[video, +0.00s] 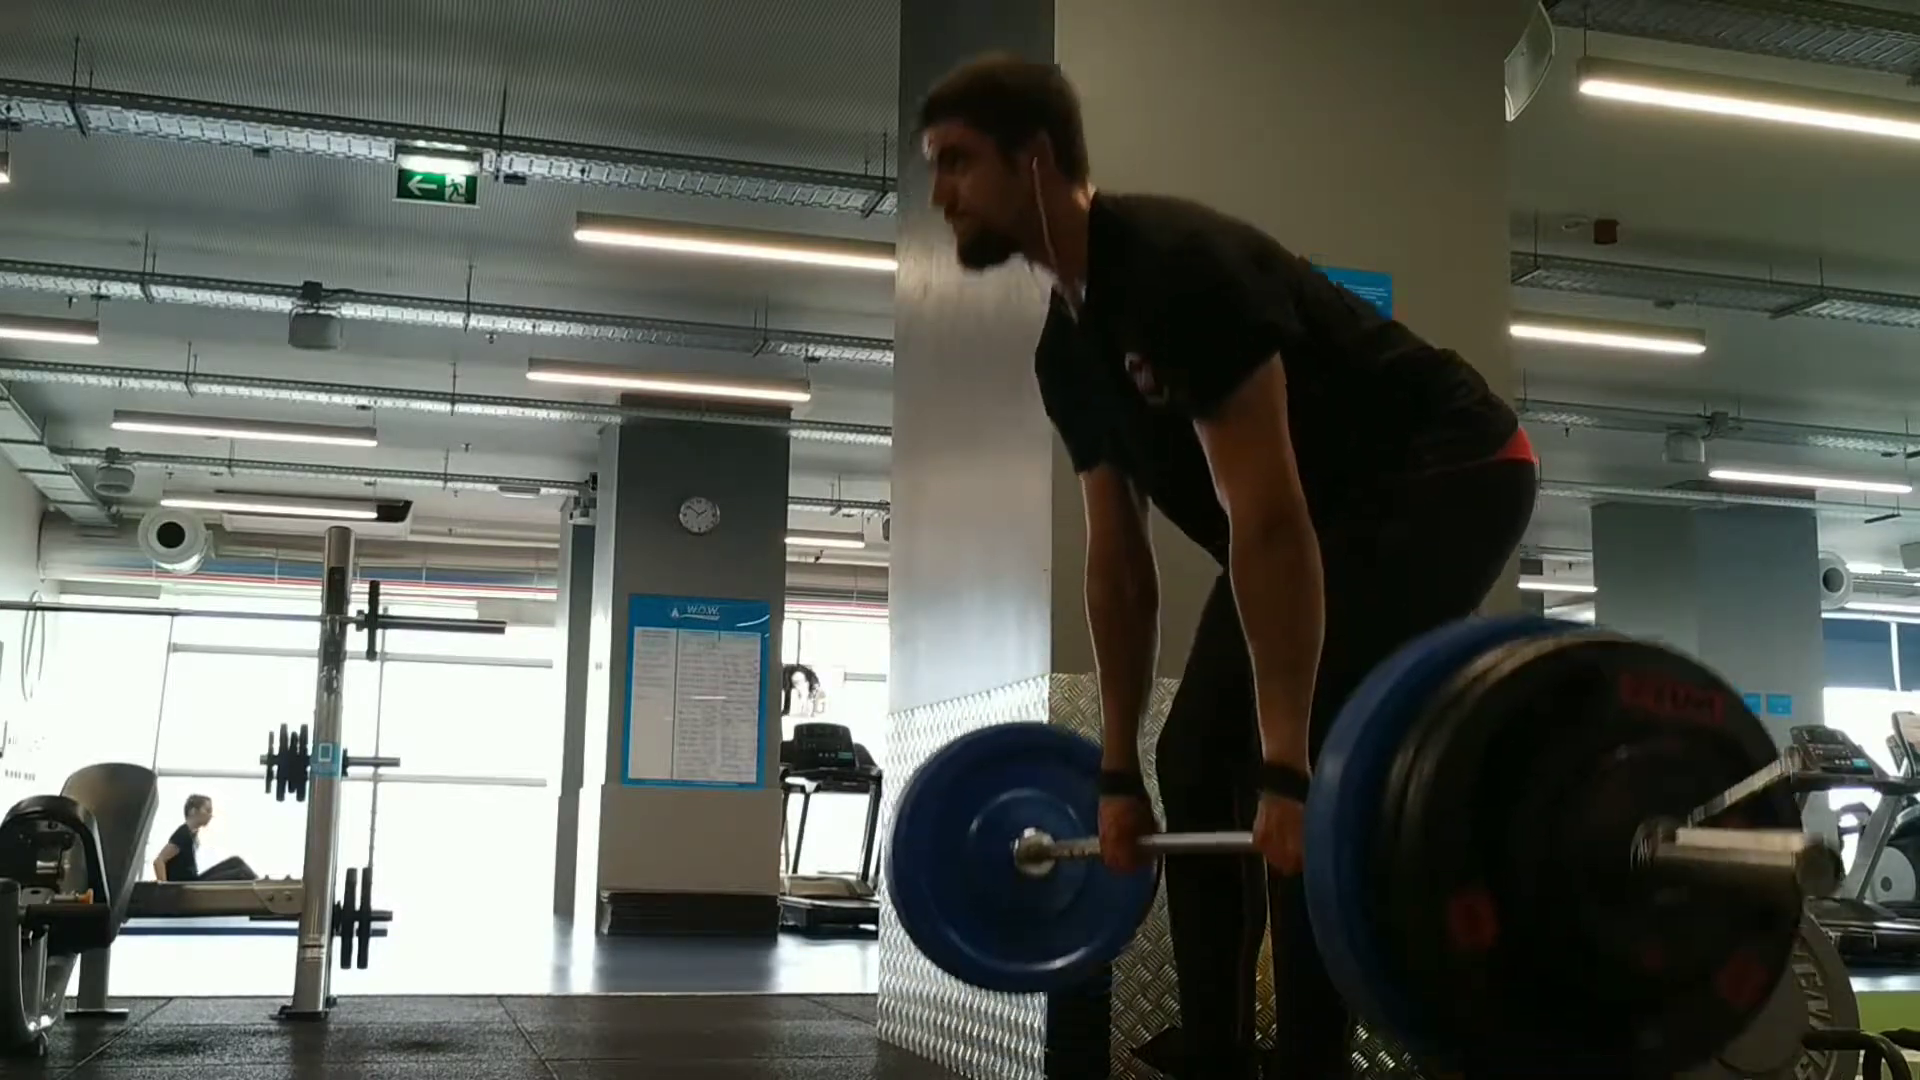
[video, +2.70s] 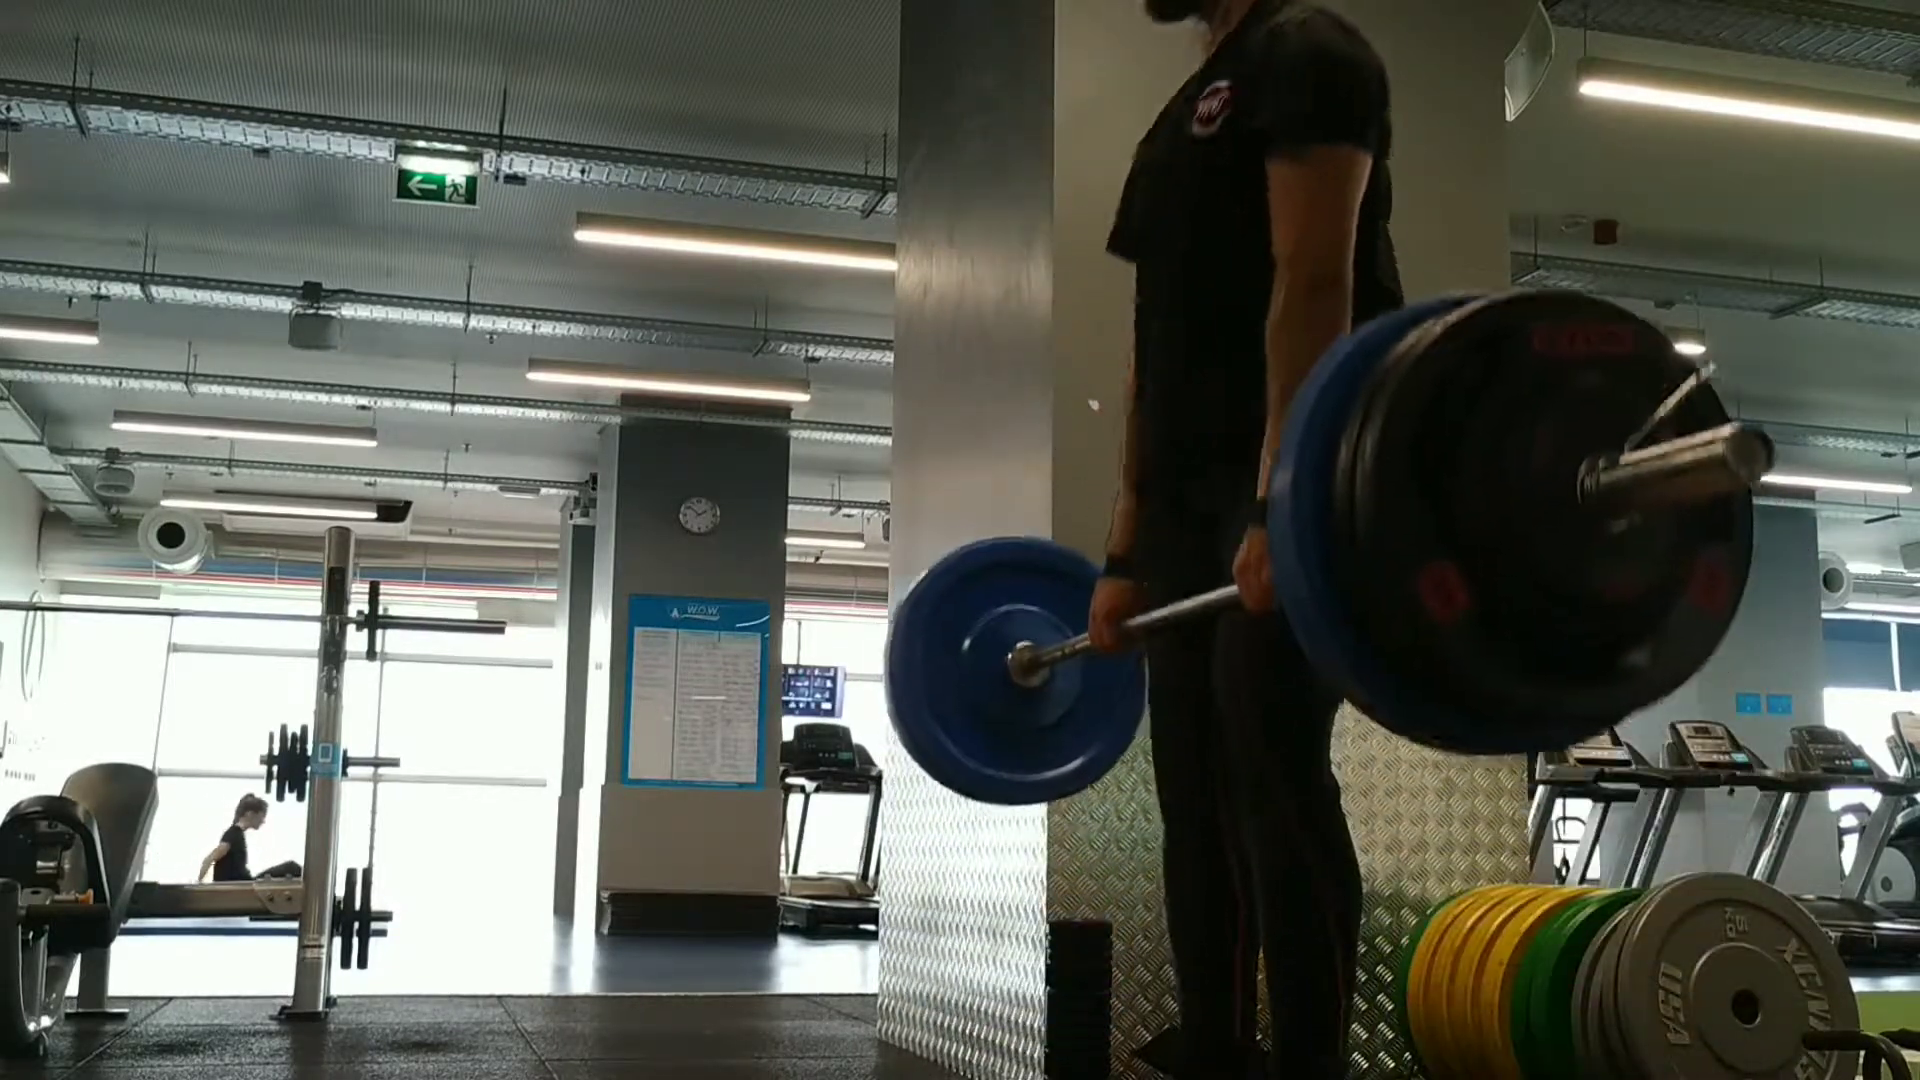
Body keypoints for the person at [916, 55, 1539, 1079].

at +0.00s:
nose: (938, 191)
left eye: (956, 161)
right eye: (931, 168)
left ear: (1039, 158)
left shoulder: (1181, 263)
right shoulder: (1067, 348)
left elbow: (1273, 524)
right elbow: (1116, 558)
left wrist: (1285, 775)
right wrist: (1118, 771)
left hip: (1444, 481)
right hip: (1302, 515)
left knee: (1313, 767)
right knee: (1200, 758)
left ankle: (1312, 1054)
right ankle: (1214, 1042)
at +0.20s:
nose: (997, 53)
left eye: (1021, 23)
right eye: (996, 29)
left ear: (1098, 29)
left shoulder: (1212, 158)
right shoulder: (1094, 243)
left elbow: (1281, 417)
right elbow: (1128, 460)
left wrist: (1282, 652)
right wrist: (1121, 671)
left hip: (1401, 495)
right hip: (1272, 510)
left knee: (1313, 771)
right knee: (1207, 763)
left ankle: (1312, 1058)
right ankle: (1212, 1047)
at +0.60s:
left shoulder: (1360, 50)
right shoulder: (1230, 114)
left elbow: (1341, 282)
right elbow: (1181, 330)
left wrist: (1287, 496)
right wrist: (1129, 541)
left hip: (1270, 495)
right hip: (1183, 502)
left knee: (1285, 790)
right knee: (1199, 795)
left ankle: (1312, 1059)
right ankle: (1212, 1050)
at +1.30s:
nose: (998, 77)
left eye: (1018, 42)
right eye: (992, 52)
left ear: (1095, 36)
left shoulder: (1216, 162)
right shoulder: (1099, 246)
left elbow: (1290, 417)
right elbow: (1138, 474)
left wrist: (1288, 662)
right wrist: (1127, 680)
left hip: (1418, 488)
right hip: (1289, 505)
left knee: (1320, 757)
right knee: (1210, 753)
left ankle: (1317, 1054)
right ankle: (1216, 1042)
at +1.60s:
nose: (945, 214)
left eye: (963, 183)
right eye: (938, 190)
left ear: (1049, 176)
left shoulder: (1185, 282)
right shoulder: (1071, 369)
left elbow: (1276, 544)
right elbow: (1124, 583)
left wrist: (1284, 798)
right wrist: (1122, 796)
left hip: (1449, 491)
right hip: (1314, 529)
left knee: (1311, 780)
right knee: (1188, 755)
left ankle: (1313, 1052)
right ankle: (1207, 1043)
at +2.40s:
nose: (1002, 69)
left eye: (1023, 39)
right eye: (1000, 45)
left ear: (1102, 44)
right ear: (1084, 56)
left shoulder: (1213, 169)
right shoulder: (1094, 258)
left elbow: (1282, 425)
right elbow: (1130, 475)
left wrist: (1279, 662)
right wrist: (1124, 683)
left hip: (1415, 500)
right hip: (1280, 520)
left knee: (1314, 772)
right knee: (1204, 762)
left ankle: (1313, 1058)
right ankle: (1214, 1046)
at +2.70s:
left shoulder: (1309, 49)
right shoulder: (1176, 124)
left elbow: (1316, 287)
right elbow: (1160, 351)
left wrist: (1284, 505)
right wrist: (1129, 551)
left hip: (1279, 503)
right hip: (1188, 512)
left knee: (1276, 782)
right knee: (1194, 789)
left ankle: (1310, 1056)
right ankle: (1211, 1050)